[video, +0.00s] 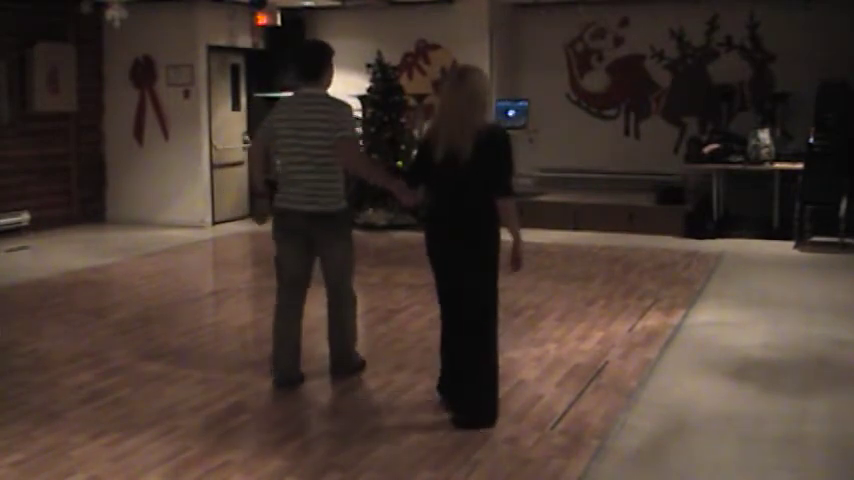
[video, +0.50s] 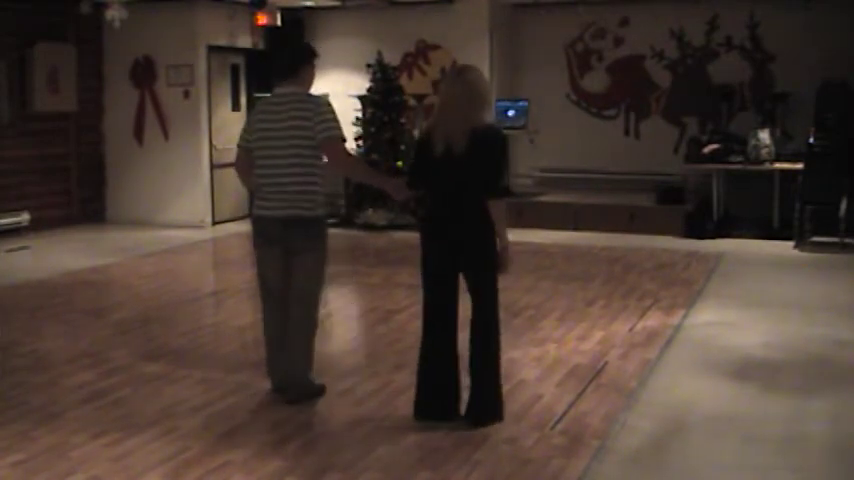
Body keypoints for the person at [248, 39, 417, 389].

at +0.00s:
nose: (333, 72)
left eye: (331, 65)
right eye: (331, 66)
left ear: (296, 70)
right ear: (327, 70)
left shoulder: (281, 110)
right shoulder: (337, 110)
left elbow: (257, 151)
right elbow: (351, 159)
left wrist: (259, 193)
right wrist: (397, 187)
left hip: (289, 213)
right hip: (330, 214)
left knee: (290, 291)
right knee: (340, 289)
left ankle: (285, 371)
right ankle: (343, 360)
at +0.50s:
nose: (314, 74)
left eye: (312, 66)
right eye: (312, 67)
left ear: (277, 70)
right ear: (306, 68)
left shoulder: (260, 108)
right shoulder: (316, 106)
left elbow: (242, 163)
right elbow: (339, 159)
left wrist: (263, 193)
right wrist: (385, 183)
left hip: (266, 217)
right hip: (305, 217)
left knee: (274, 295)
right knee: (303, 297)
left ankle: (280, 377)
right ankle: (297, 381)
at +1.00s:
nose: (307, 72)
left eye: (305, 65)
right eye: (306, 66)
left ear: (270, 69)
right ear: (300, 69)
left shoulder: (252, 110)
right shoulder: (310, 109)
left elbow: (230, 163)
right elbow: (332, 164)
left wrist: (233, 212)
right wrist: (378, 189)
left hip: (263, 221)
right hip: (304, 220)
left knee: (272, 302)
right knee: (306, 302)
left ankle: (270, 386)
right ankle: (299, 384)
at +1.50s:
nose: (304, 72)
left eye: (301, 65)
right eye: (302, 65)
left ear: (266, 70)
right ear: (295, 69)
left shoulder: (251, 111)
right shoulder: (311, 111)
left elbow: (232, 163)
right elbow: (329, 167)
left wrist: (259, 188)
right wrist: (371, 193)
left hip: (263, 225)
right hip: (307, 224)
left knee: (265, 305)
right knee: (325, 298)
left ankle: (269, 389)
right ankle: (333, 375)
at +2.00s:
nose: (304, 73)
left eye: (300, 66)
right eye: (303, 67)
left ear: (267, 71)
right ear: (300, 70)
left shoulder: (254, 113)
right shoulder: (314, 113)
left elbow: (236, 168)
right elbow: (333, 171)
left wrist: (256, 199)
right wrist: (377, 193)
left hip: (267, 226)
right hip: (312, 226)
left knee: (266, 304)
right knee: (332, 297)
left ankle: (269, 389)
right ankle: (336, 374)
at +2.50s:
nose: (307, 72)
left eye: (302, 65)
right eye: (305, 66)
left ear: (270, 70)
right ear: (303, 69)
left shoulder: (256, 113)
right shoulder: (317, 113)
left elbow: (240, 167)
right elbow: (336, 172)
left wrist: (263, 195)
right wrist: (379, 192)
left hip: (270, 226)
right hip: (314, 225)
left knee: (269, 305)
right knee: (331, 300)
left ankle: (269, 389)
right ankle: (335, 374)